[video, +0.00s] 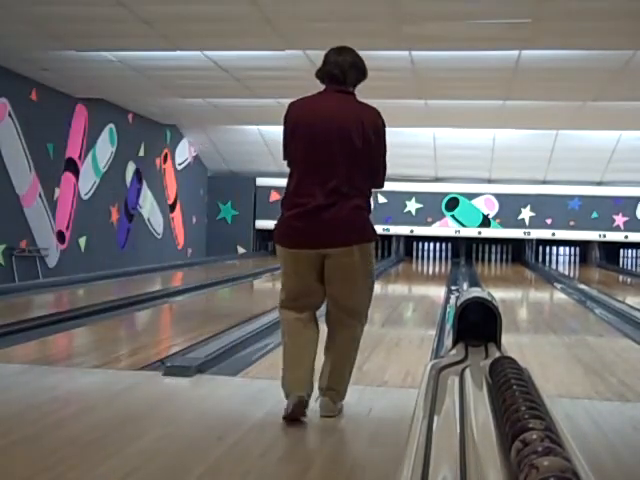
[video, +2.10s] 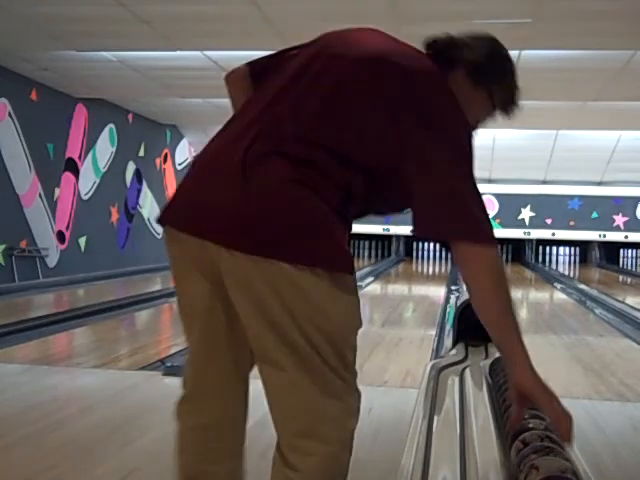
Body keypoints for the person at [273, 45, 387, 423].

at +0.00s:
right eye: (360, 76)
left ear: (322, 74)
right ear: (358, 79)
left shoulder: (297, 110)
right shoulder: (370, 117)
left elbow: (290, 159)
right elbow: (378, 178)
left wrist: (330, 160)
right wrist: (341, 164)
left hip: (297, 232)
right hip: (350, 235)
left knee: (297, 308)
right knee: (347, 317)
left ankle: (297, 394)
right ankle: (331, 400)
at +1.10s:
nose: (377, 68)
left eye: (382, 60)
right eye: (379, 57)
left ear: (338, 32)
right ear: (360, 36)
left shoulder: (280, 65)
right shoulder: (350, 75)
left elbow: (270, 144)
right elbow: (369, 156)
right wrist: (325, 172)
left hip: (254, 229)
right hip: (317, 233)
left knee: (264, 337)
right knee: (325, 352)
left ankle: (258, 464)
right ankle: (317, 466)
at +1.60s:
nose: (381, 33)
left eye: (388, 23)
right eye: (385, 18)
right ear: (361, 3)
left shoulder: (266, 33)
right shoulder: (327, 35)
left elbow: (215, 123)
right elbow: (319, 122)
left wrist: (297, 160)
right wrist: (375, 192)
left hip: (222, 227)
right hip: (289, 231)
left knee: (238, 376)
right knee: (308, 383)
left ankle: (233, 475)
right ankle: (300, 473)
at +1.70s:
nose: (393, 35)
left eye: (400, 24)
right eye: (398, 18)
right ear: (375, 2)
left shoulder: (274, 27)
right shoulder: (335, 34)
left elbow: (212, 111)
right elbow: (338, 133)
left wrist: (287, 146)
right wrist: (401, 217)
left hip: (218, 225)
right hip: (288, 229)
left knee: (236, 383)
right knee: (310, 393)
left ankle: (232, 475)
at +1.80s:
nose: (414, 38)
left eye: (421, 27)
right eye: (416, 21)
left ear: (376, 2)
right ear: (386, 6)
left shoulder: (287, 26)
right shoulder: (352, 44)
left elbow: (214, 101)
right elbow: (386, 169)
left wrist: (285, 143)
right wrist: (444, 258)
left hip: (214, 227)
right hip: (286, 233)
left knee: (233, 382)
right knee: (310, 396)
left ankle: (231, 475)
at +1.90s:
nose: (436, 65)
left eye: (444, 52)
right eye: (439, 45)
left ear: (391, 13)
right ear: (411, 21)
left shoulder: (307, 29)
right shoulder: (384, 65)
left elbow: (218, 94)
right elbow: (429, 197)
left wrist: (279, 147)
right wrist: (481, 299)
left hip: (209, 235)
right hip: (289, 243)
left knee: (224, 400)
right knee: (307, 410)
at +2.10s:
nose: (478, 123)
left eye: (488, 115)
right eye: (485, 110)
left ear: (442, 58)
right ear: (466, 75)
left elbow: (240, 77)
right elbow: (474, 248)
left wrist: (272, 165)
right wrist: (522, 371)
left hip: (192, 215)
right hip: (285, 235)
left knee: (208, 397)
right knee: (317, 417)